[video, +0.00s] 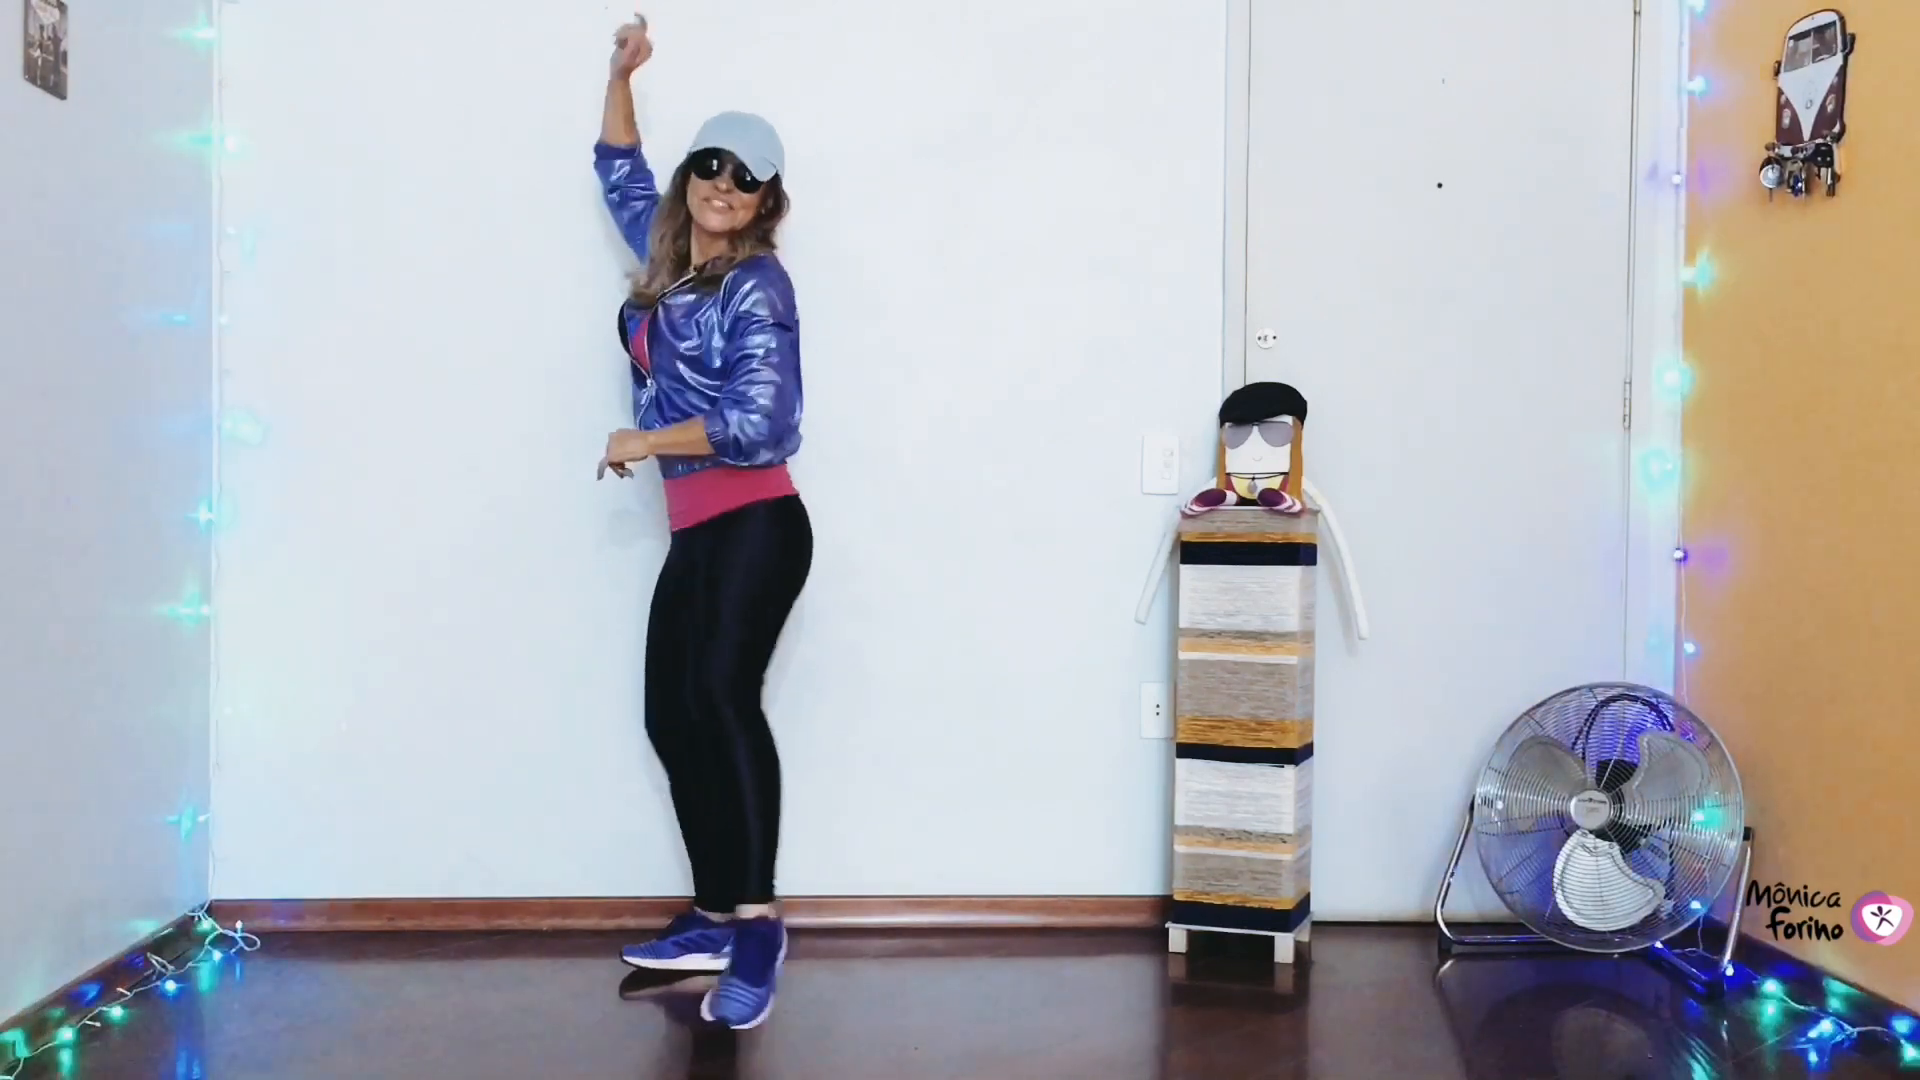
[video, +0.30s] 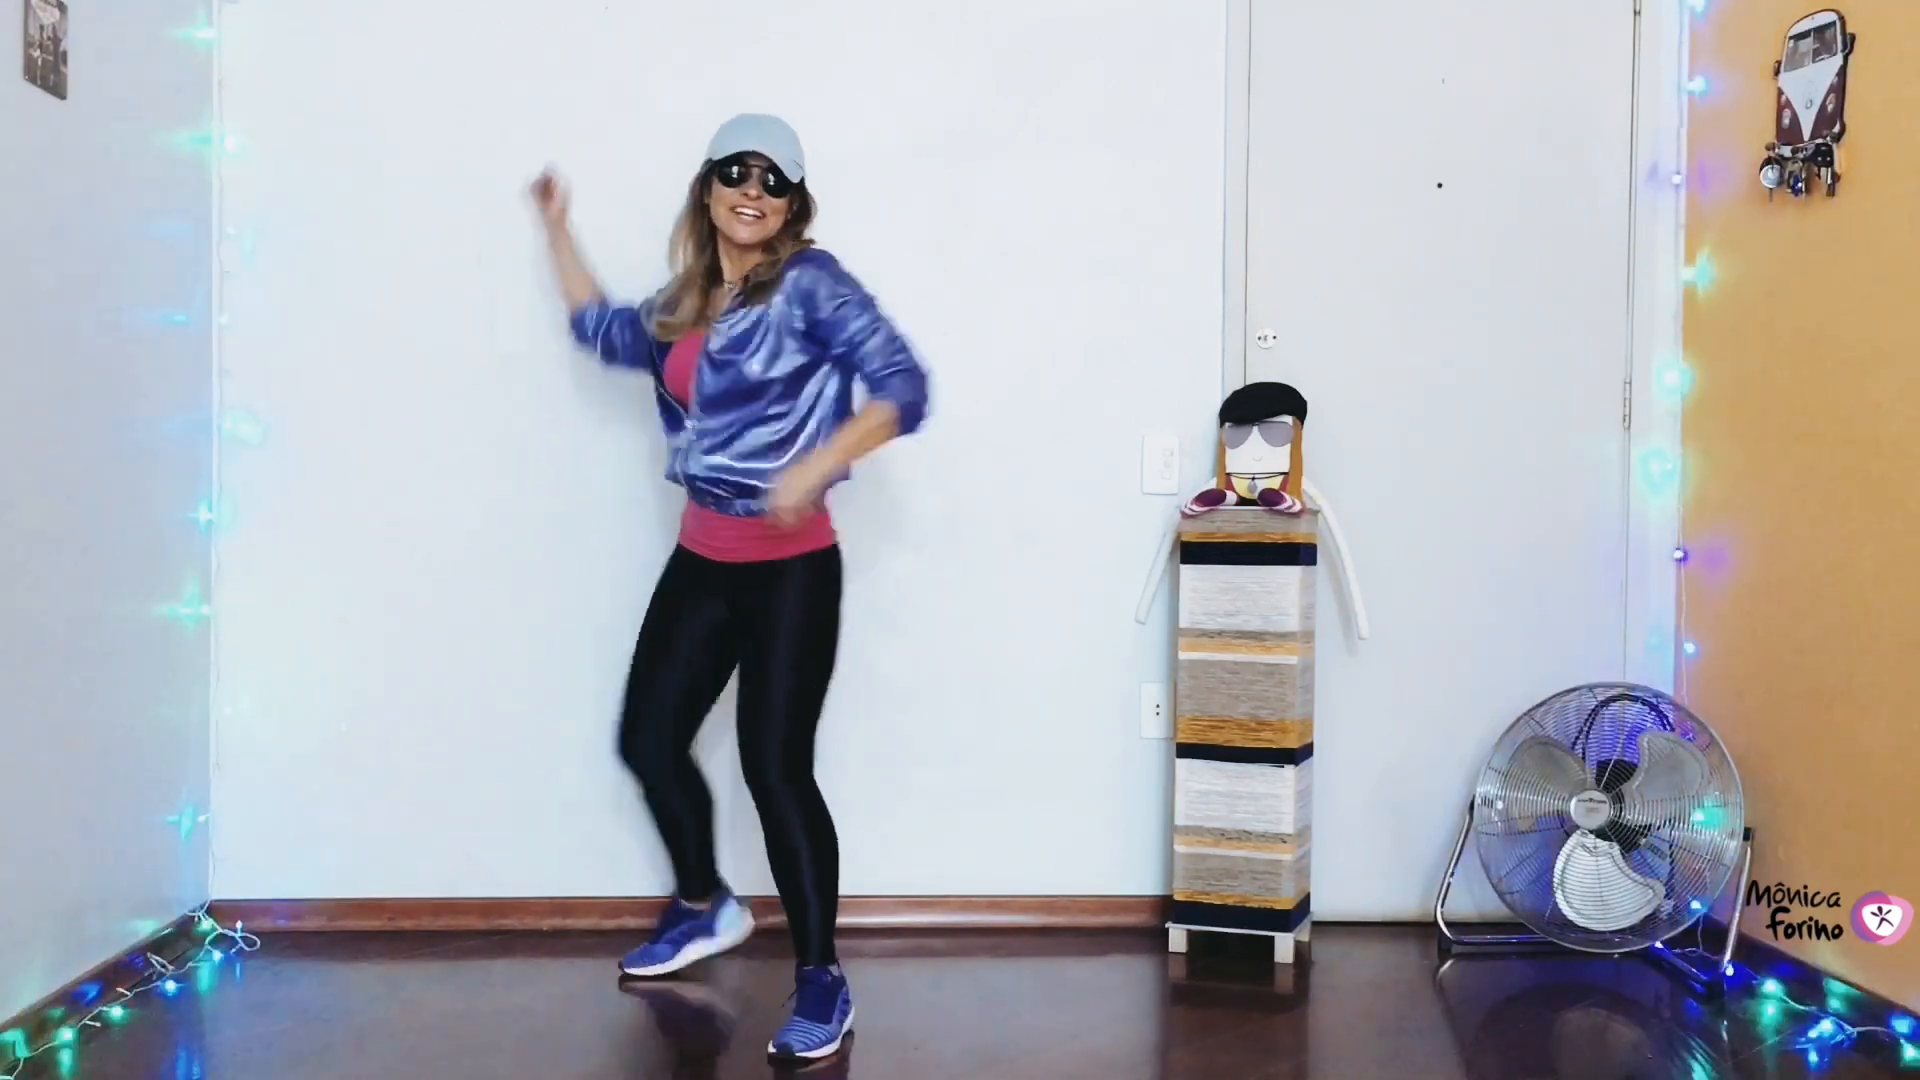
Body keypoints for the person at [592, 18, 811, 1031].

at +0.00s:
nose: (725, 190)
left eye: (746, 183)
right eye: (714, 171)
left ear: (764, 203)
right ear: (687, 179)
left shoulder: (756, 284)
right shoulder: (669, 266)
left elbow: (762, 419)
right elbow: (622, 175)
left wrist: (655, 440)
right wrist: (621, 77)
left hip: (758, 521)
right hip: (695, 532)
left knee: (726, 702)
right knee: (671, 714)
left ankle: (759, 919)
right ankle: (713, 912)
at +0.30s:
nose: (752, 195)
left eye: (773, 184)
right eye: (735, 178)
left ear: (795, 203)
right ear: (706, 194)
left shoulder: (811, 283)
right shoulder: (690, 299)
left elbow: (904, 386)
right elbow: (600, 328)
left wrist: (819, 466)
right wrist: (558, 228)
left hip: (791, 568)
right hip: (703, 561)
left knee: (775, 764)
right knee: (650, 740)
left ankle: (820, 979)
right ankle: (706, 906)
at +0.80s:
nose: (735, 188)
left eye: (751, 169)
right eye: (712, 179)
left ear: (784, 182)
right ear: (695, 204)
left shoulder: (817, 263)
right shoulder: (697, 320)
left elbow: (887, 230)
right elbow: (681, 467)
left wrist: (977, 213)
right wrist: (741, 535)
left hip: (759, 546)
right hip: (667, 552)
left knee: (824, 736)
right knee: (693, 760)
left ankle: (840, 957)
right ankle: (672, 978)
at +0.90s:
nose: (755, 177)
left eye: (768, 156)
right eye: (729, 168)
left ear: (796, 169)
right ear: (708, 192)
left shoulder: (802, 240)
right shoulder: (721, 304)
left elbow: (847, 180)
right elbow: (716, 456)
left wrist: (938, 152)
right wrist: (811, 512)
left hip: (739, 539)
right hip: (656, 540)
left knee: (831, 705)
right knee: (685, 743)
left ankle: (822, 919)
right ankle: (645, 968)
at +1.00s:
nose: (760, 166)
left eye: (775, 148)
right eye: (737, 156)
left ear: (800, 162)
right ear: (714, 180)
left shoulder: (791, 239)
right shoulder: (730, 278)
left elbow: (814, 154)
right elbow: (750, 440)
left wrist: (900, 104)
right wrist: (864, 492)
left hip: (731, 532)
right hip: (665, 530)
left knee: (816, 698)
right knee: (674, 736)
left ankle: (795, 900)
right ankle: (622, 968)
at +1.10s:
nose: (763, 174)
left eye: (776, 154)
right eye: (740, 162)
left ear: (801, 160)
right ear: (716, 179)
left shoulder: (791, 240)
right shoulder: (733, 274)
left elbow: (801, 141)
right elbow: (757, 432)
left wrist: (877, 76)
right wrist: (887, 478)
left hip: (742, 534)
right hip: (688, 525)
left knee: (781, 717)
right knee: (670, 736)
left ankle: (749, 914)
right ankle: (614, 966)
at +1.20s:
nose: (766, 183)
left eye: (779, 166)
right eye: (746, 174)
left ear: (799, 172)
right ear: (720, 190)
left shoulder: (788, 251)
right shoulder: (740, 281)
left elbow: (792, 157)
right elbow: (768, 422)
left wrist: (858, 74)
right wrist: (878, 476)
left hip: (755, 536)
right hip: (711, 529)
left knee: (763, 730)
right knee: (699, 737)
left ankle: (729, 934)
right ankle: (619, 962)